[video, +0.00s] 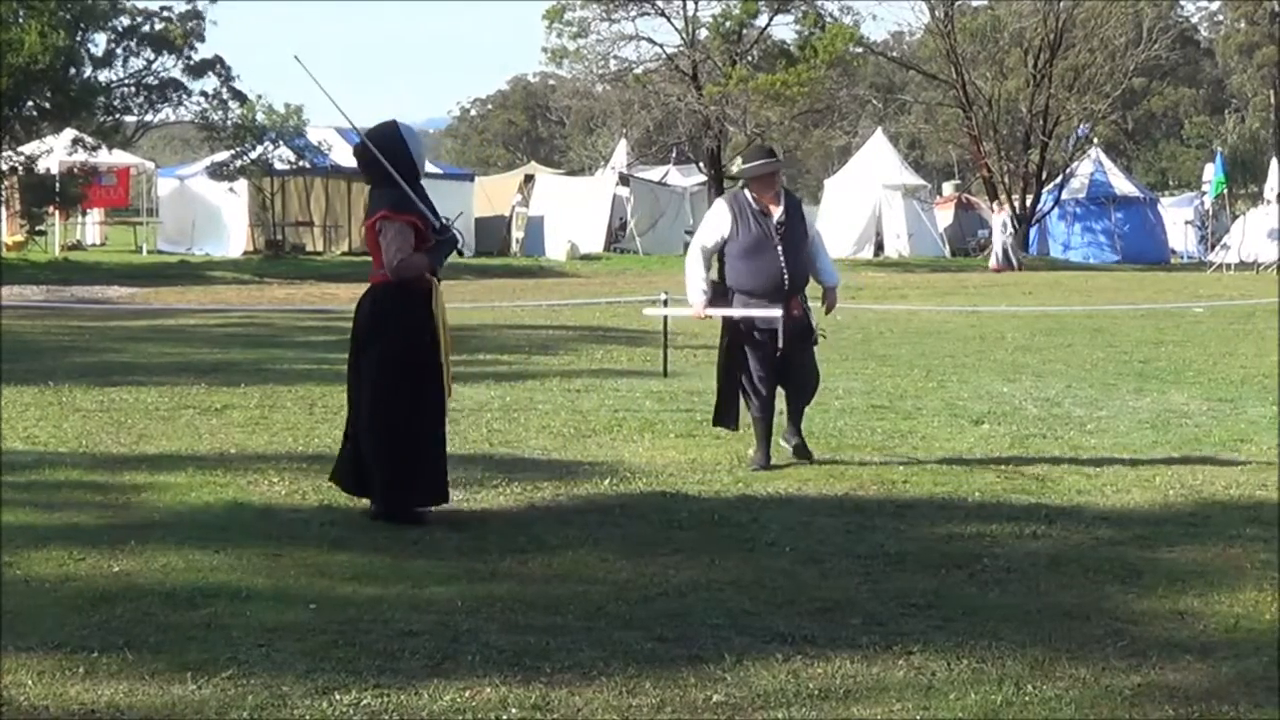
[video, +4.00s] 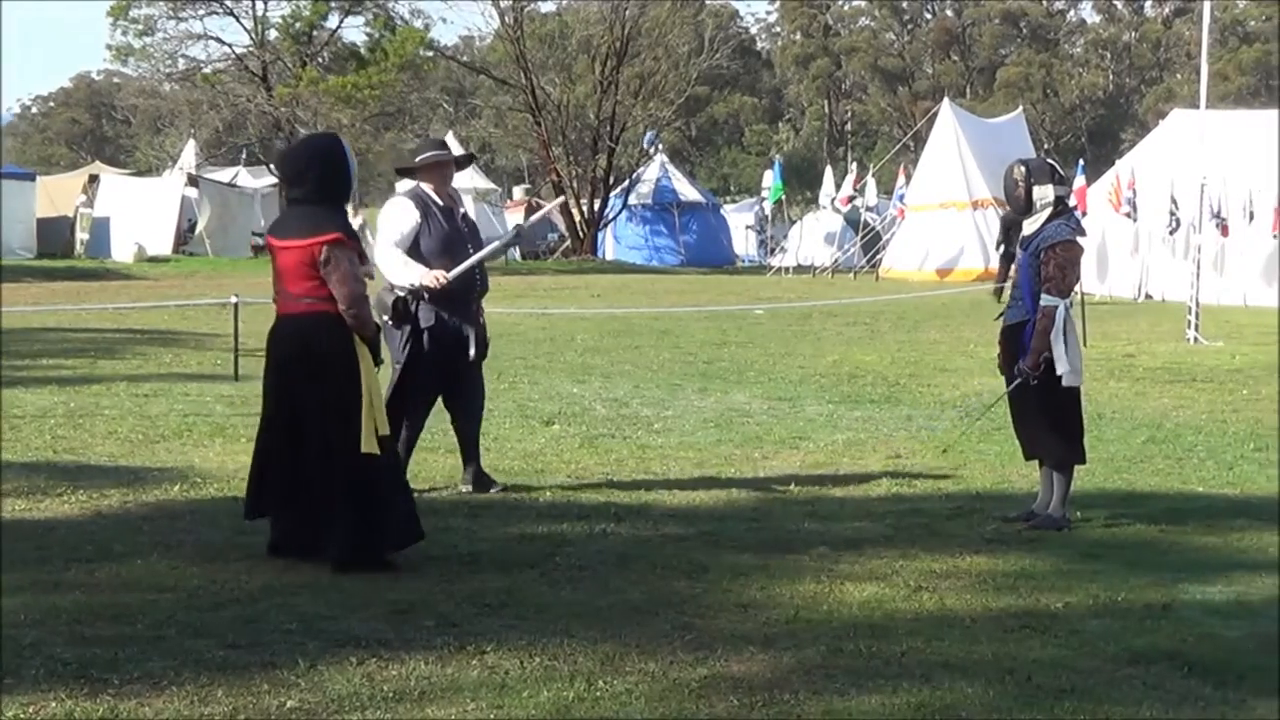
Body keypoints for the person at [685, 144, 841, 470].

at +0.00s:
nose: (771, 181)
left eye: (774, 174)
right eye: (763, 177)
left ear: (780, 173)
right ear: (748, 180)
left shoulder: (794, 205)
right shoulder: (728, 209)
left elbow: (814, 245)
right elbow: (698, 251)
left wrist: (830, 282)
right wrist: (698, 296)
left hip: (793, 306)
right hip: (749, 308)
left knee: (805, 377)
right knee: (759, 384)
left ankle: (793, 429)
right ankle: (762, 450)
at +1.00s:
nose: (731, 173)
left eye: (738, 167)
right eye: (725, 168)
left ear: (753, 169)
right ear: (718, 172)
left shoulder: (772, 207)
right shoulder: (702, 203)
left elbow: (798, 251)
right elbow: (668, 240)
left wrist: (768, 268)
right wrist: (676, 261)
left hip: (755, 311)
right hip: (705, 308)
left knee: (754, 389)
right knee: (700, 385)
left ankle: (753, 456)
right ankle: (704, 452)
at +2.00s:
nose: (582, 174)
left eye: (585, 167)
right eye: (573, 169)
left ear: (592, 168)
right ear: (558, 174)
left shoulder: (604, 202)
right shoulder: (541, 204)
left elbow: (625, 246)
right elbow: (512, 251)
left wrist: (637, 225)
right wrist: (514, 279)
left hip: (605, 308)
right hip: (561, 310)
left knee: (614, 386)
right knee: (563, 390)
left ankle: (629, 461)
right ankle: (563, 462)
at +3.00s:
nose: (488, 176)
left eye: (493, 168)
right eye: (480, 171)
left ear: (501, 169)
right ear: (466, 174)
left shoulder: (514, 205)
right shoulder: (448, 207)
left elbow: (535, 255)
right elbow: (419, 247)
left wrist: (541, 239)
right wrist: (402, 285)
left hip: (512, 307)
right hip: (472, 310)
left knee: (507, 387)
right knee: (487, 388)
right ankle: (489, 468)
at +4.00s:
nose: (447, 171)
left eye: (449, 164)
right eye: (440, 165)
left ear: (453, 167)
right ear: (423, 169)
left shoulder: (458, 205)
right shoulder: (403, 206)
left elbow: (473, 257)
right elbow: (385, 252)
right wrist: (422, 274)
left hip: (463, 316)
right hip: (424, 316)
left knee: (469, 399)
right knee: (412, 403)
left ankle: (473, 470)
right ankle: (392, 478)